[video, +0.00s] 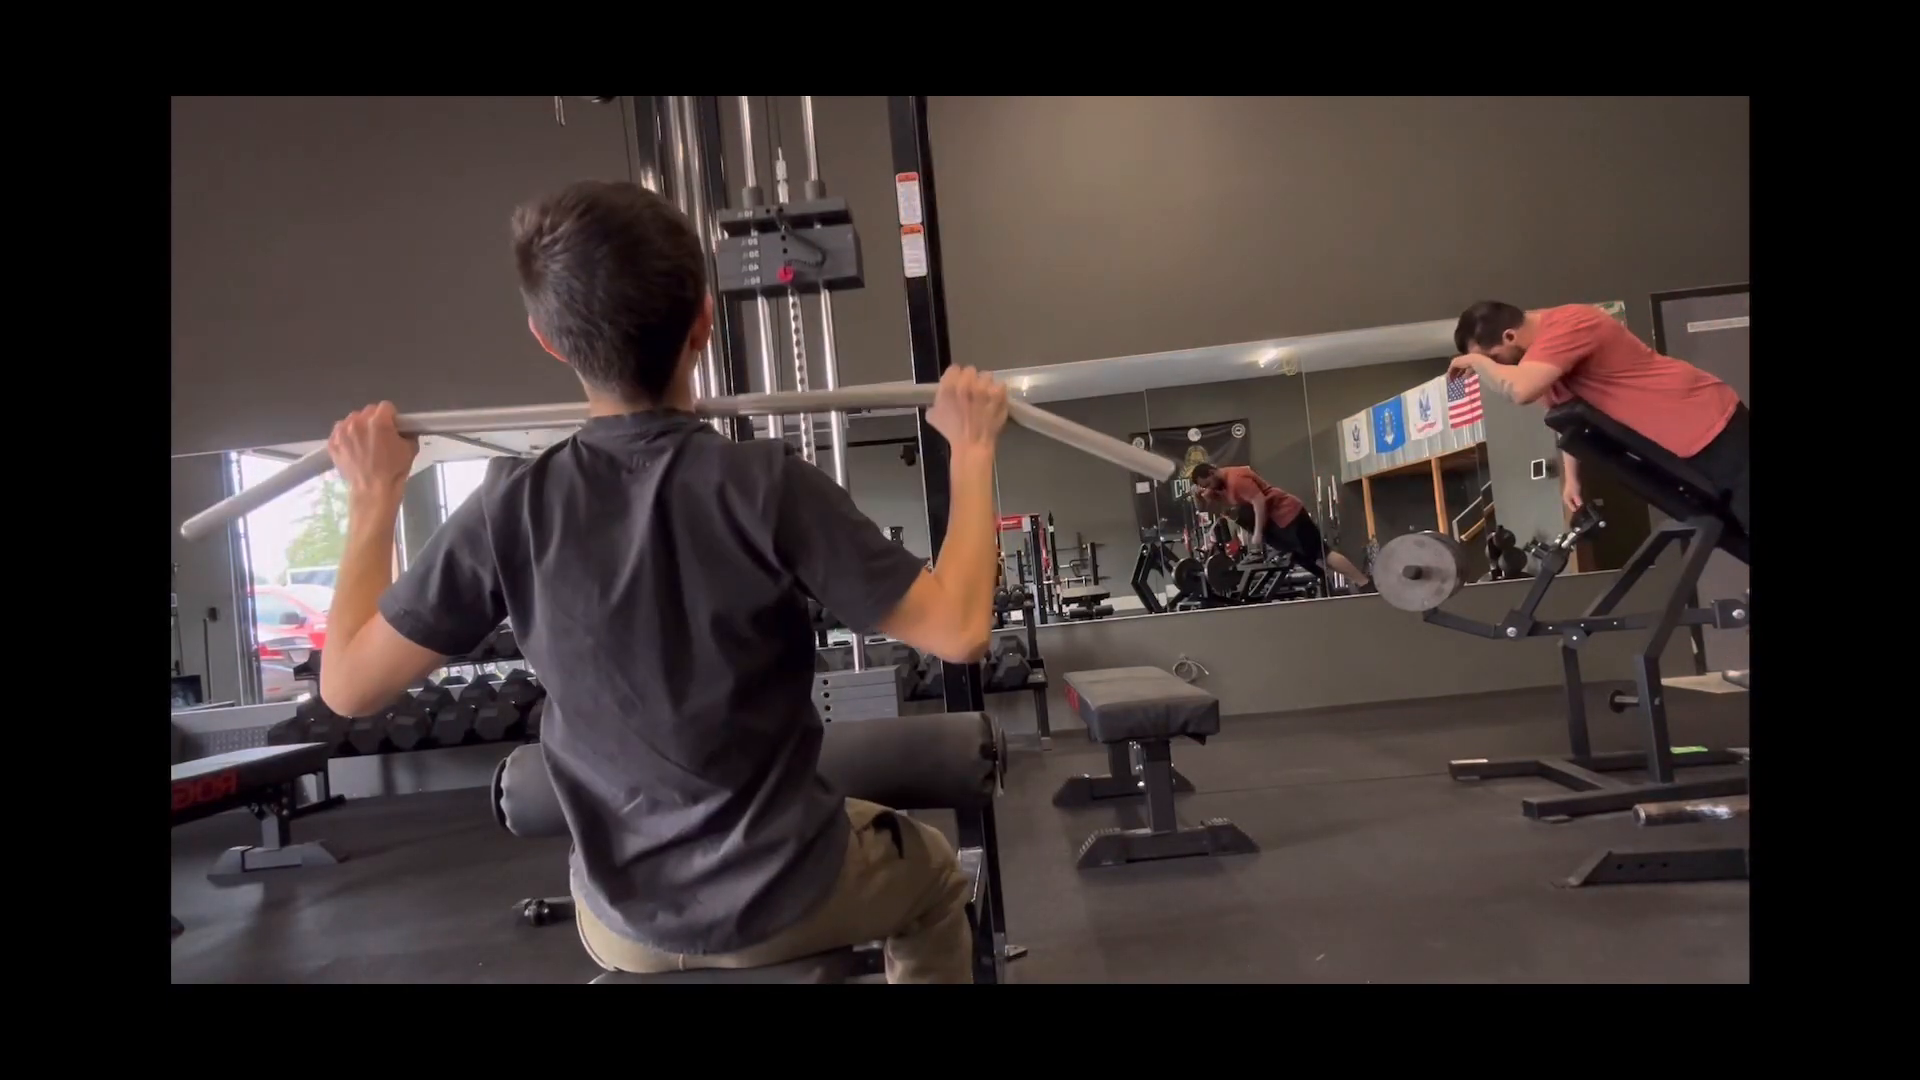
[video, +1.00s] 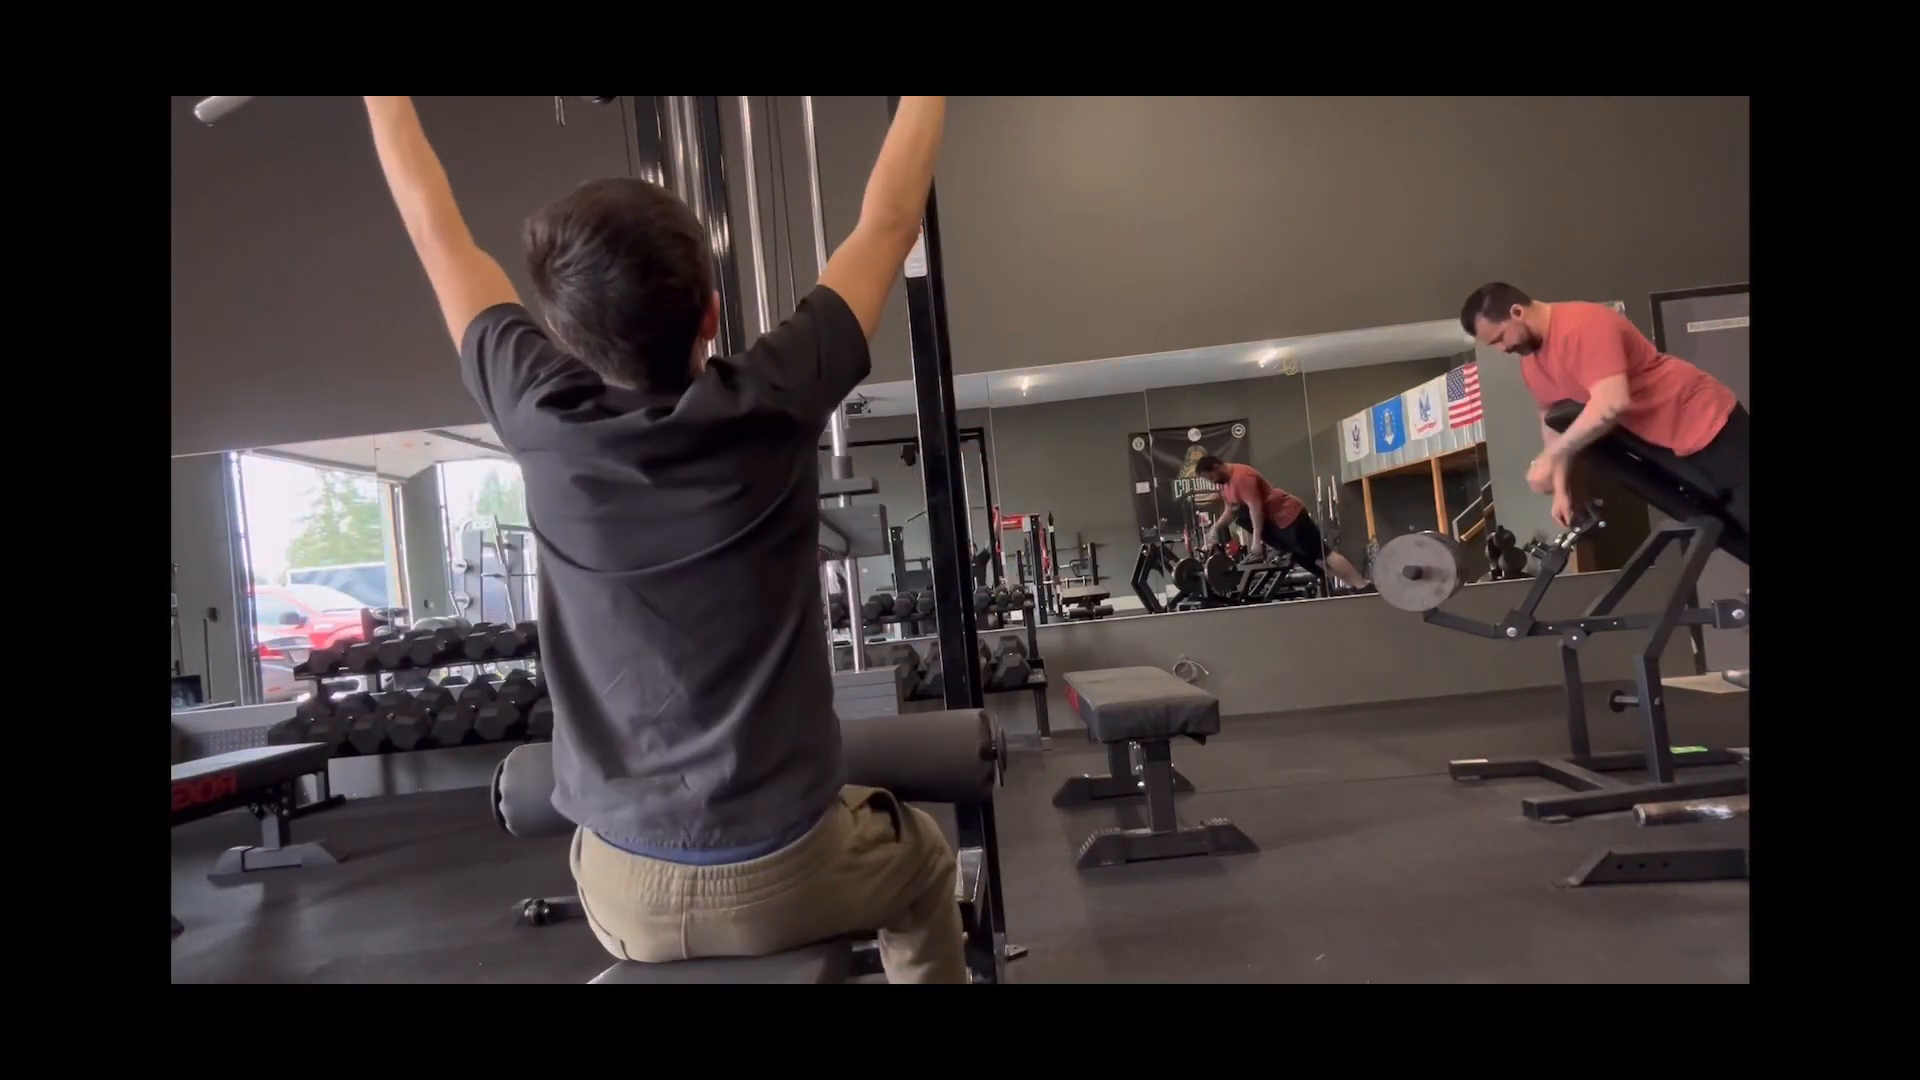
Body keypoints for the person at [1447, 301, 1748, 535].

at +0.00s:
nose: (1497, 365)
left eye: (1495, 358)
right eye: (1492, 361)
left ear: (1509, 337)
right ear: (1509, 331)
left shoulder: (1570, 323)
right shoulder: (1541, 355)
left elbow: (1521, 389)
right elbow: (1567, 421)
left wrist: (1479, 361)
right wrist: (1571, 480)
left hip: (1710, 422)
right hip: (1677, 444)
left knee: (1744, 522)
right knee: (1728, 530)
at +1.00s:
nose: (1502, 350)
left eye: (1499, 338)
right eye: (1493, 345)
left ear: (1518, 311)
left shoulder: (1587, 324)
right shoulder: (1530, 362)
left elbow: (1612, 402)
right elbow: (1555, 427)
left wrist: (1552, 453)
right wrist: (1562, 489)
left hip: (1706, 422)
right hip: (1660, 448)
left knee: (1745, 516)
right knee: (1729, 535)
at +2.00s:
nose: (1500, 305)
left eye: (1506, 292)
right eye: (1496, 297)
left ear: (1540, 283)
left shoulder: (1572, 320)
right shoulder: (1518, 352)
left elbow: (1535, 414)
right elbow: (1502, 416)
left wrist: (1494, 482)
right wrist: (1476, 484)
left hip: (1706, 421)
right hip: (1665, 446)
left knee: (1745, 520)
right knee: (1730, 531)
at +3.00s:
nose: (1504, 299)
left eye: (1511, 287)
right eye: (1502, 291)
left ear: (1545, 279)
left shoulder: (1576, 317)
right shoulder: (1520, 351)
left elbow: (1542, 412)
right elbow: (1505, 416)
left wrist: (1503, 479)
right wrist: (1482, 483)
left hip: (1708, 422)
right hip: (1667, 449)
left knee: (1745, 517)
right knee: (1732, 532)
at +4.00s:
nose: (1495, 318)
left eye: (1492, 309)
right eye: (1491, 310)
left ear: (1512, 304)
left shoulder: (1572, 325)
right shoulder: (1524, 352)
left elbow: (1542, 427)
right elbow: (1509, 421)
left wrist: (1504, 490)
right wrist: (1484, 490)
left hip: (1711, 423)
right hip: (1672, 446)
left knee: (1746, 523)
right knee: (1730, 532)